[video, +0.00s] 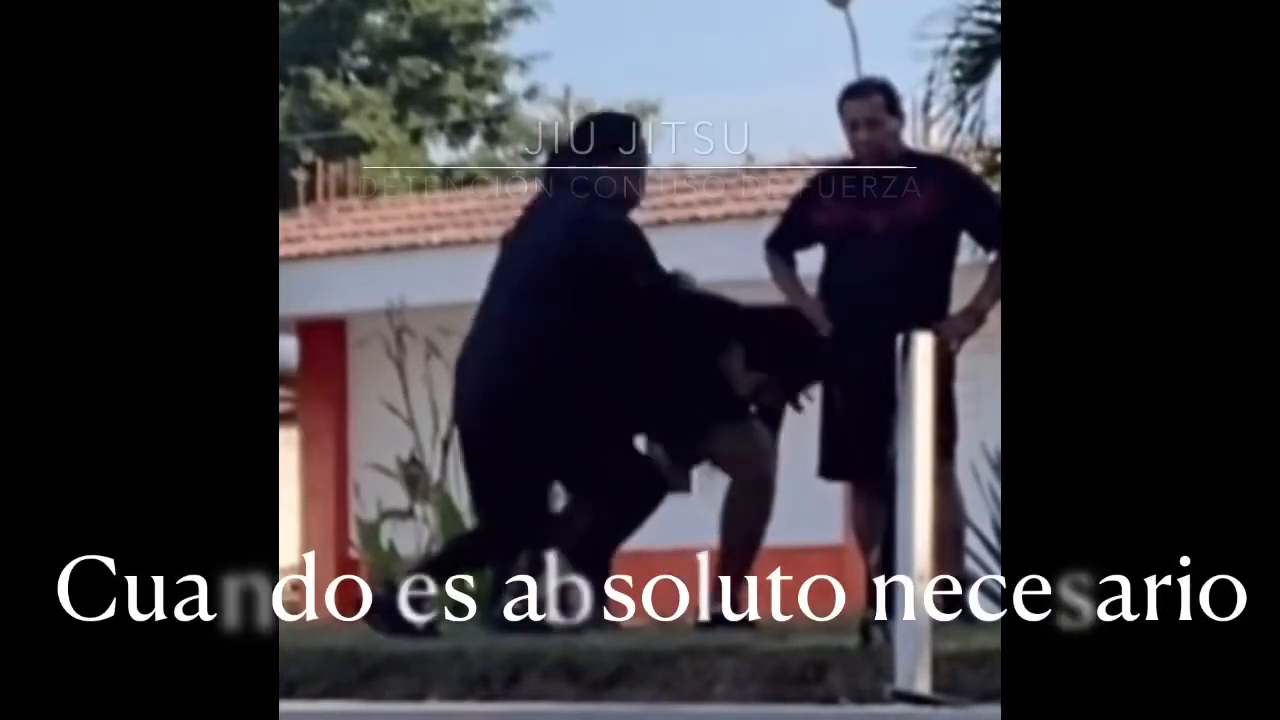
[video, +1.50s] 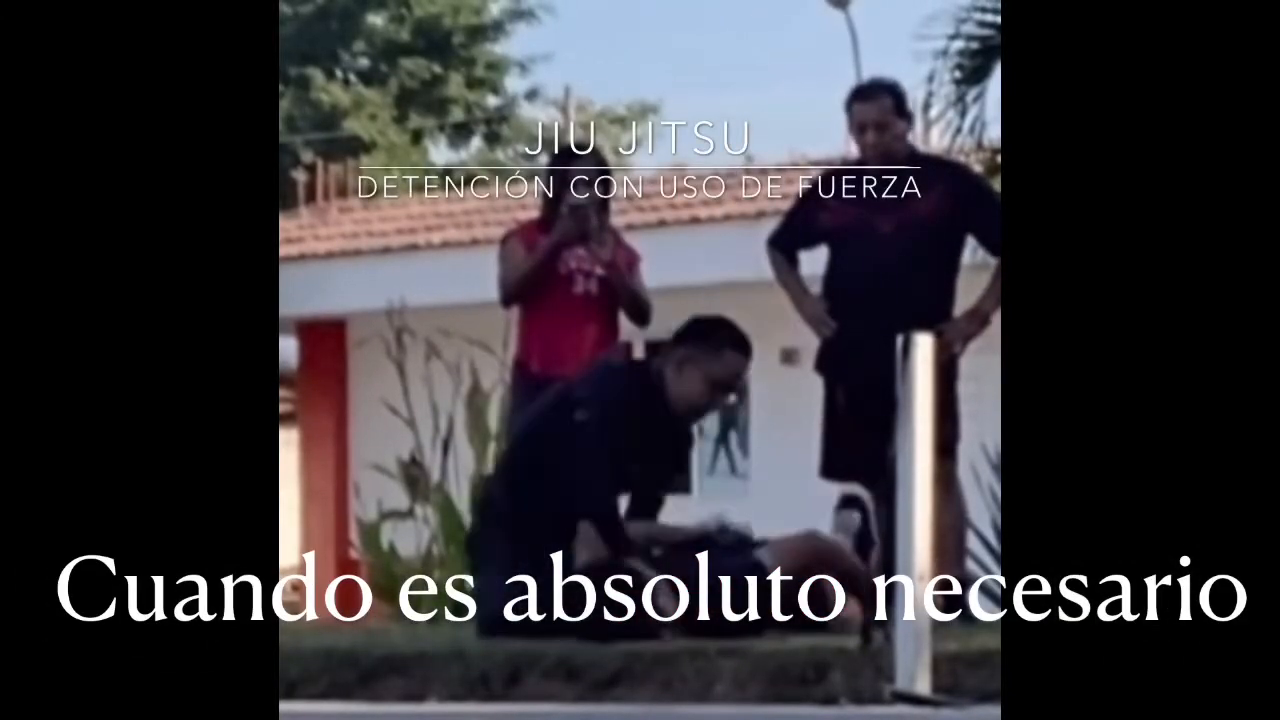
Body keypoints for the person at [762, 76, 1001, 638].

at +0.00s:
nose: (865, 136)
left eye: (874, 123)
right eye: (854, 126)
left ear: (898, 121)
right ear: (843, 130)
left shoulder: (943, 178)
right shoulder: (829, 187)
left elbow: (1002, 242)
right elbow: (776, 250)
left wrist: (973, 315)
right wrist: (809, 308)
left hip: (922, 348)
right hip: (852, 347)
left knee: (932, 474)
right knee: (865, 480)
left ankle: (948, 596)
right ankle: (877, 603)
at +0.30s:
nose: (865, 136)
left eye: (875, 124)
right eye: (855, 127)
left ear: (900, 122)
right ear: (844, 131)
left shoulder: (946, 179)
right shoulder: (829, 187)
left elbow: (1003, 247)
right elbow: (778, 251)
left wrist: (973, 316)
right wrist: (815, 320)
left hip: (923, 352)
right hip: (849, 351)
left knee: (932, 474)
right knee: (862, 479)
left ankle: (947, 592)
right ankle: (878, 595)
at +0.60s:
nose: (868, 138)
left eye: (877, 125)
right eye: (857, 128)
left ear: (902, 122)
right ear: (846, 131)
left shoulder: (947, 179)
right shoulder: (831, 187)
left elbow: (1003, 245)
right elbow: (778, 249)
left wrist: (974, 317)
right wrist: (814, 318)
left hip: (924, 354)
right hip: (851, 352)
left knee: (933, 478)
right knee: (864, 484)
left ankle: (947, 592)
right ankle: (876, 601)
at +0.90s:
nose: (870, 139)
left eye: (880, 127)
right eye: (859, 129)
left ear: (905, 124)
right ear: (849, 132)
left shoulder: (949, 181)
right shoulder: (832, 188)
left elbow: (1004, 247)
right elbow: (778, 248)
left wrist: (975, 318)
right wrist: (813, 315)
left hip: (926, 353)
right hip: (853, 351)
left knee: (934, 475)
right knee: (864, 480)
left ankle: (946, 593)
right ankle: (870, 595)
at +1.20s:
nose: (872, 139)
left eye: (882, 127)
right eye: (862, 129)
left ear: (907, 125)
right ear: (851, 132)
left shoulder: (950, 181)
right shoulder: (832, 188)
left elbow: (1004, 248)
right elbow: (779, 249)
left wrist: (976, 318)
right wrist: (814, 316)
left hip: (926, 355)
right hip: (853, 352)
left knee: (935, 477)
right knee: (865, 480)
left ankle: (944, 594)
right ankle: (868, 593)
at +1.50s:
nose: (870, 140)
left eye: (880, 128)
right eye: (860, 130)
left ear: (906, 125)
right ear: (850, 133)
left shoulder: (950, 182)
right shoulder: (833, 188)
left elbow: (1003, 249)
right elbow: (778, 247)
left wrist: (975, 318)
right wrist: (813, 314)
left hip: (926, 357)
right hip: (853, 354)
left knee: (934, 479)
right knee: (863, 484)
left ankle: (945, 595)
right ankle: (872, 602)